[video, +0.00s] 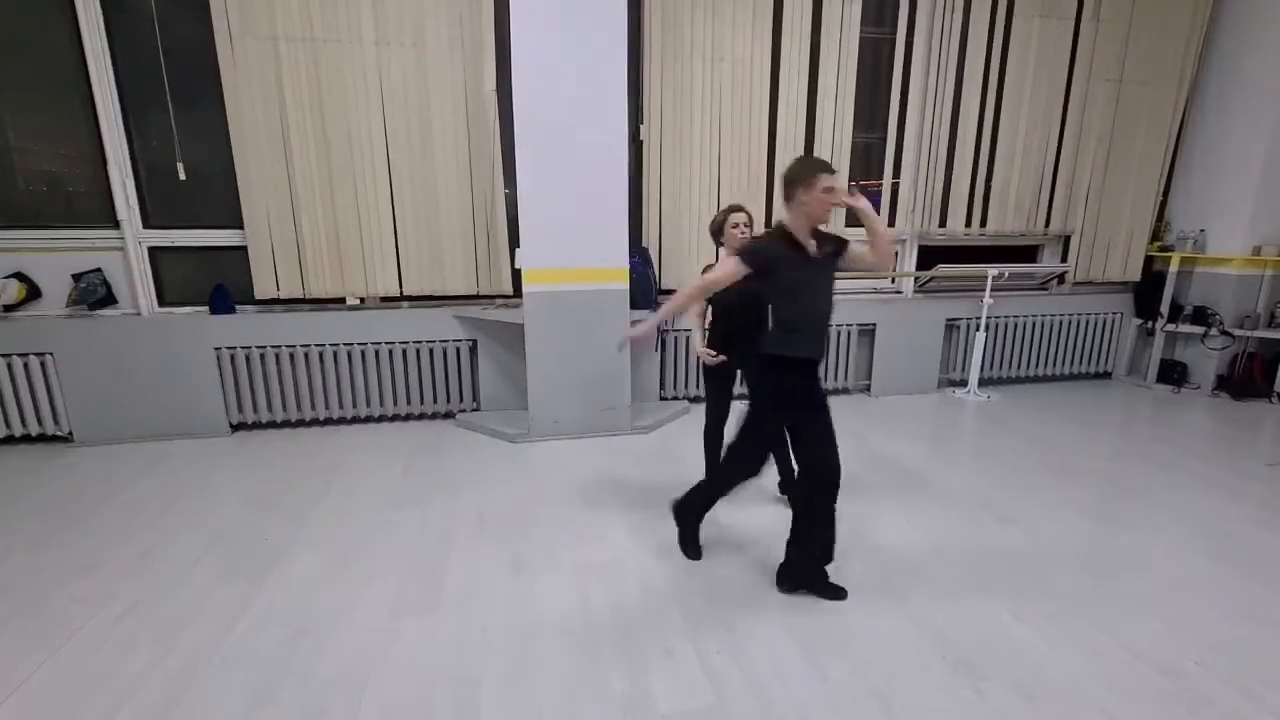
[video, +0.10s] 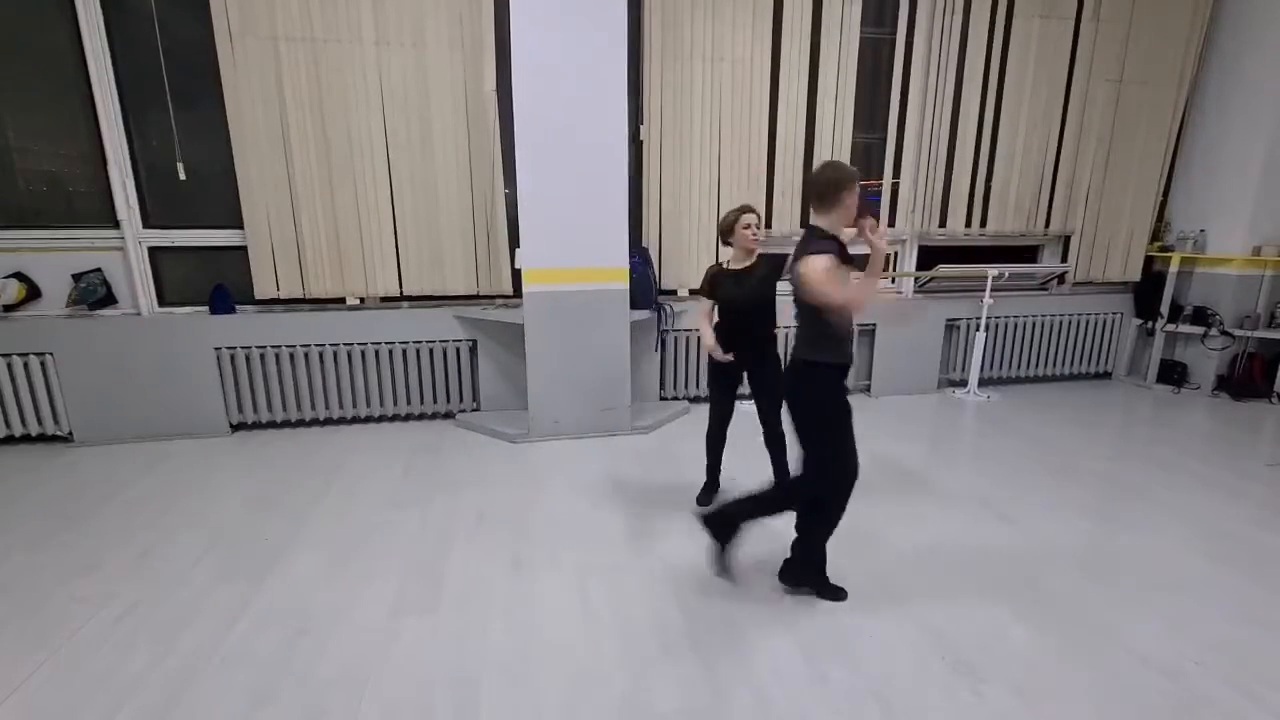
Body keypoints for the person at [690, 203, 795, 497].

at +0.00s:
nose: (742, 231)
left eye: (747, 226)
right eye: (735, 226)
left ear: (753, 232)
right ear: (721, 235)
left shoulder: (762, 267)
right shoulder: (711, 272)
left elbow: (778, 307)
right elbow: (699, 313)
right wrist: (699, 344)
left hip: (756, 348)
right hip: (720, 350)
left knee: (771, 416)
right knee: (715, 419)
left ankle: (788, 479)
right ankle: (713, 479)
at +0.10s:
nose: (755, 232)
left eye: (757, 227)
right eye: (747, 227)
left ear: (761, 233)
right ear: (730, 235)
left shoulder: (770, 265)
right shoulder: (716, 274)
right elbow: (703, 314)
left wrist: (847, 234)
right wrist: (710, 342)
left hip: (763, 354)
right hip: (725, 354)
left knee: (771, 423)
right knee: (717, 422)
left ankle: (783, 484)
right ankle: (711, 480)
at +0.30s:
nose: (775, 238)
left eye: (776, 233)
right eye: (770, 233)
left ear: (773, 235)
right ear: (751, 235)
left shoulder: (782, 267)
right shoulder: (741, 269)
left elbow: (808, 300)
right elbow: (773, 292)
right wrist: (769, 249)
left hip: (778, 357)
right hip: (746, 359)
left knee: (781, 426)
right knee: (738, 424)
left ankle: (783, 485)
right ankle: (713, 481)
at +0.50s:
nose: (772, 241)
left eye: (775, 236)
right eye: (765, 236)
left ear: (777, 237)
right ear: (748, 238)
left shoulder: (771, 267)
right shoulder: (757, 269)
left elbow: (798, 307)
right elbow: (805, 296)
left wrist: (829, 306)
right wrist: (812, 250)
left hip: (777, 360)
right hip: (754, 361)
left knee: (779, 429)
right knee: (749, 432)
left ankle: (783, 487)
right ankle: (724, 497)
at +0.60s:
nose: (767, 244)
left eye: (770, 238)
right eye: (759, 238)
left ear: (774, 240)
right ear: (742, 240)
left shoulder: (770, 273)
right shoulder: (747, 272)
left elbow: (803, 305)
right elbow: (807, 283)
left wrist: (845, 312)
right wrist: (813, 253)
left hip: (772, 364)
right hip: (748, 365)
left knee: (777, 431)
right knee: (749, 435)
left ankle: (781, 487)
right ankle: (725, 500)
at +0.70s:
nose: (762, 245)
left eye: (766, 238)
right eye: (755, 239)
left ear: (770, 238)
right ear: (737, 240)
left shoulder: (776, 273)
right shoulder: (729, 270)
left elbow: (818, 298)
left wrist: (864, 310)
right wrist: (799, 259)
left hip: (769, 361)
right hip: (738, 363)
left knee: (783, 427)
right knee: (741, 432)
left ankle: (777, 488)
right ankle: (724, 500)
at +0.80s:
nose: (760, 246)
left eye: (764, 239)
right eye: (752, 239)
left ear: (769, 241)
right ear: (735, 242)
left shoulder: (778, 273)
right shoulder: (724, 272)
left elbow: (826, 292)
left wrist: (871, 297)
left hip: (767, 363)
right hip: (731, 364)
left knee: (788, 429)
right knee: (734, 432)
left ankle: (765, 481)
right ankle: (724, 500)